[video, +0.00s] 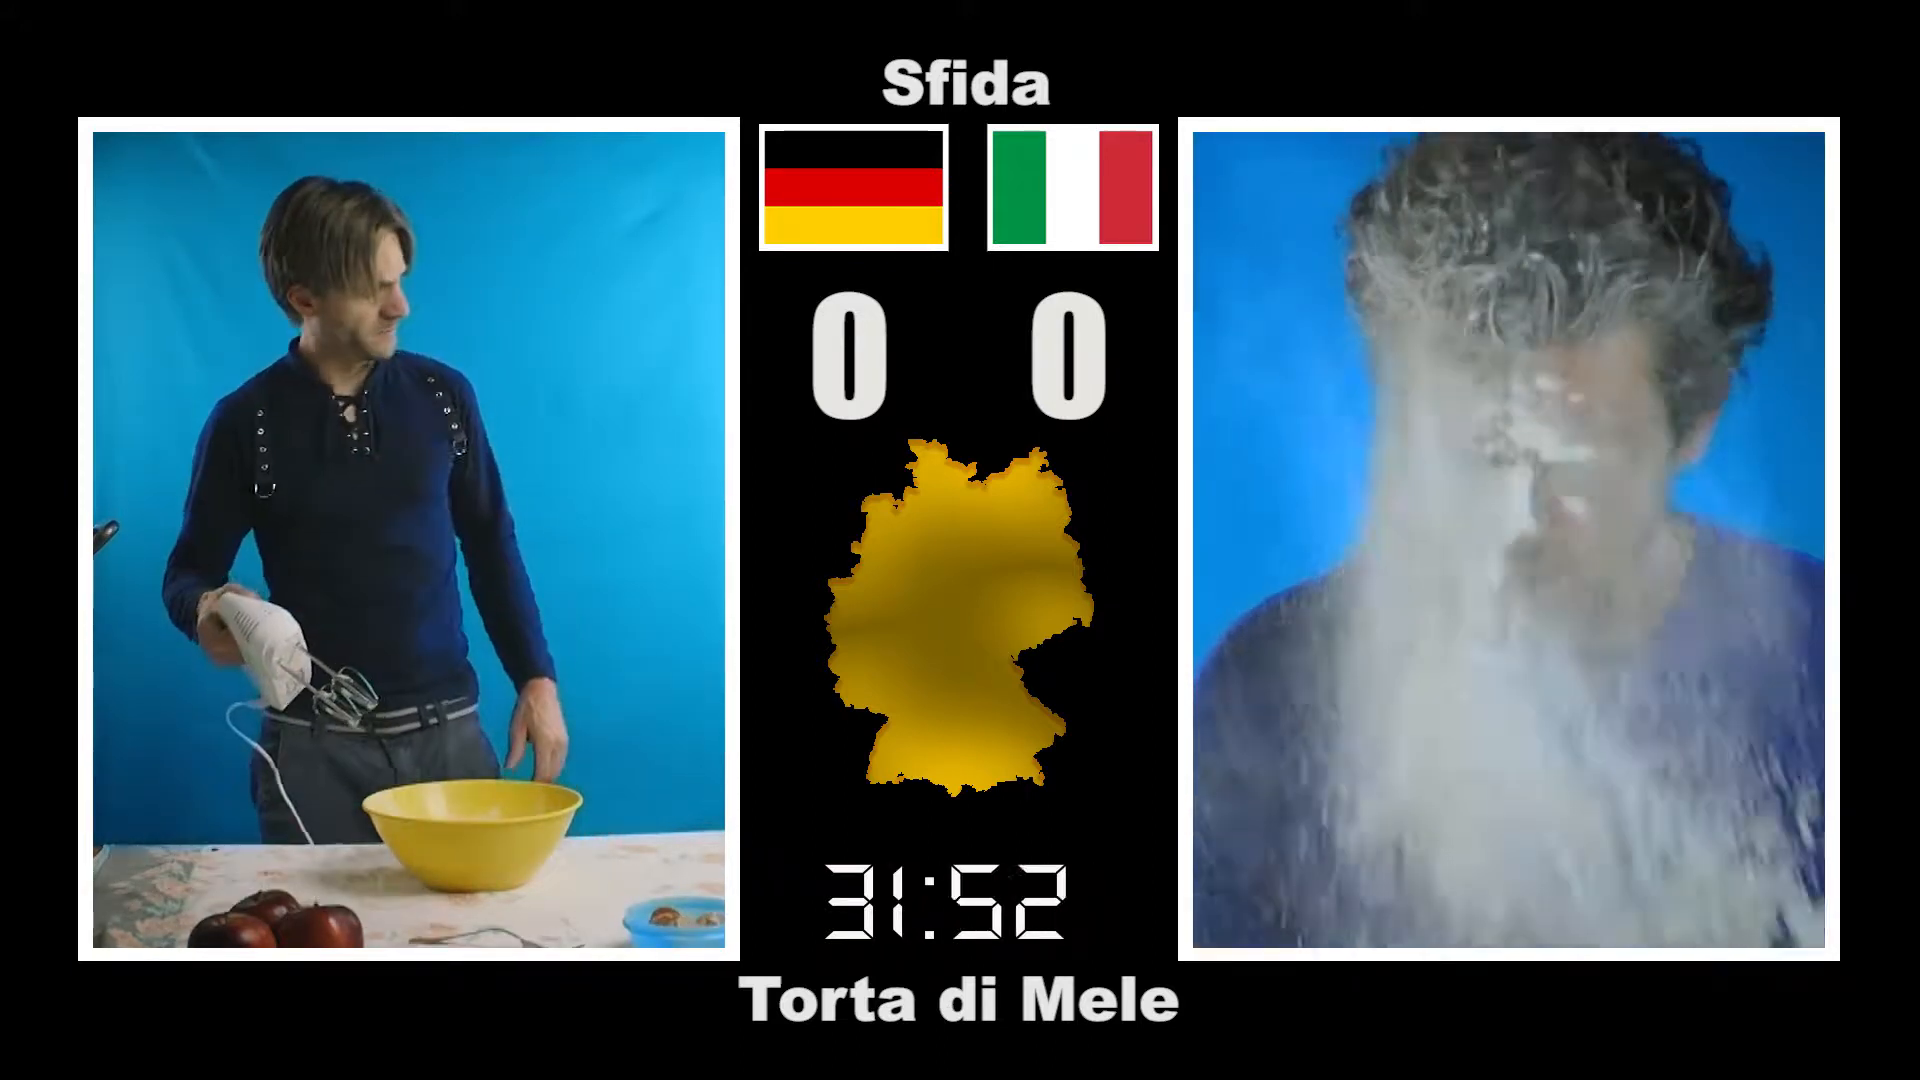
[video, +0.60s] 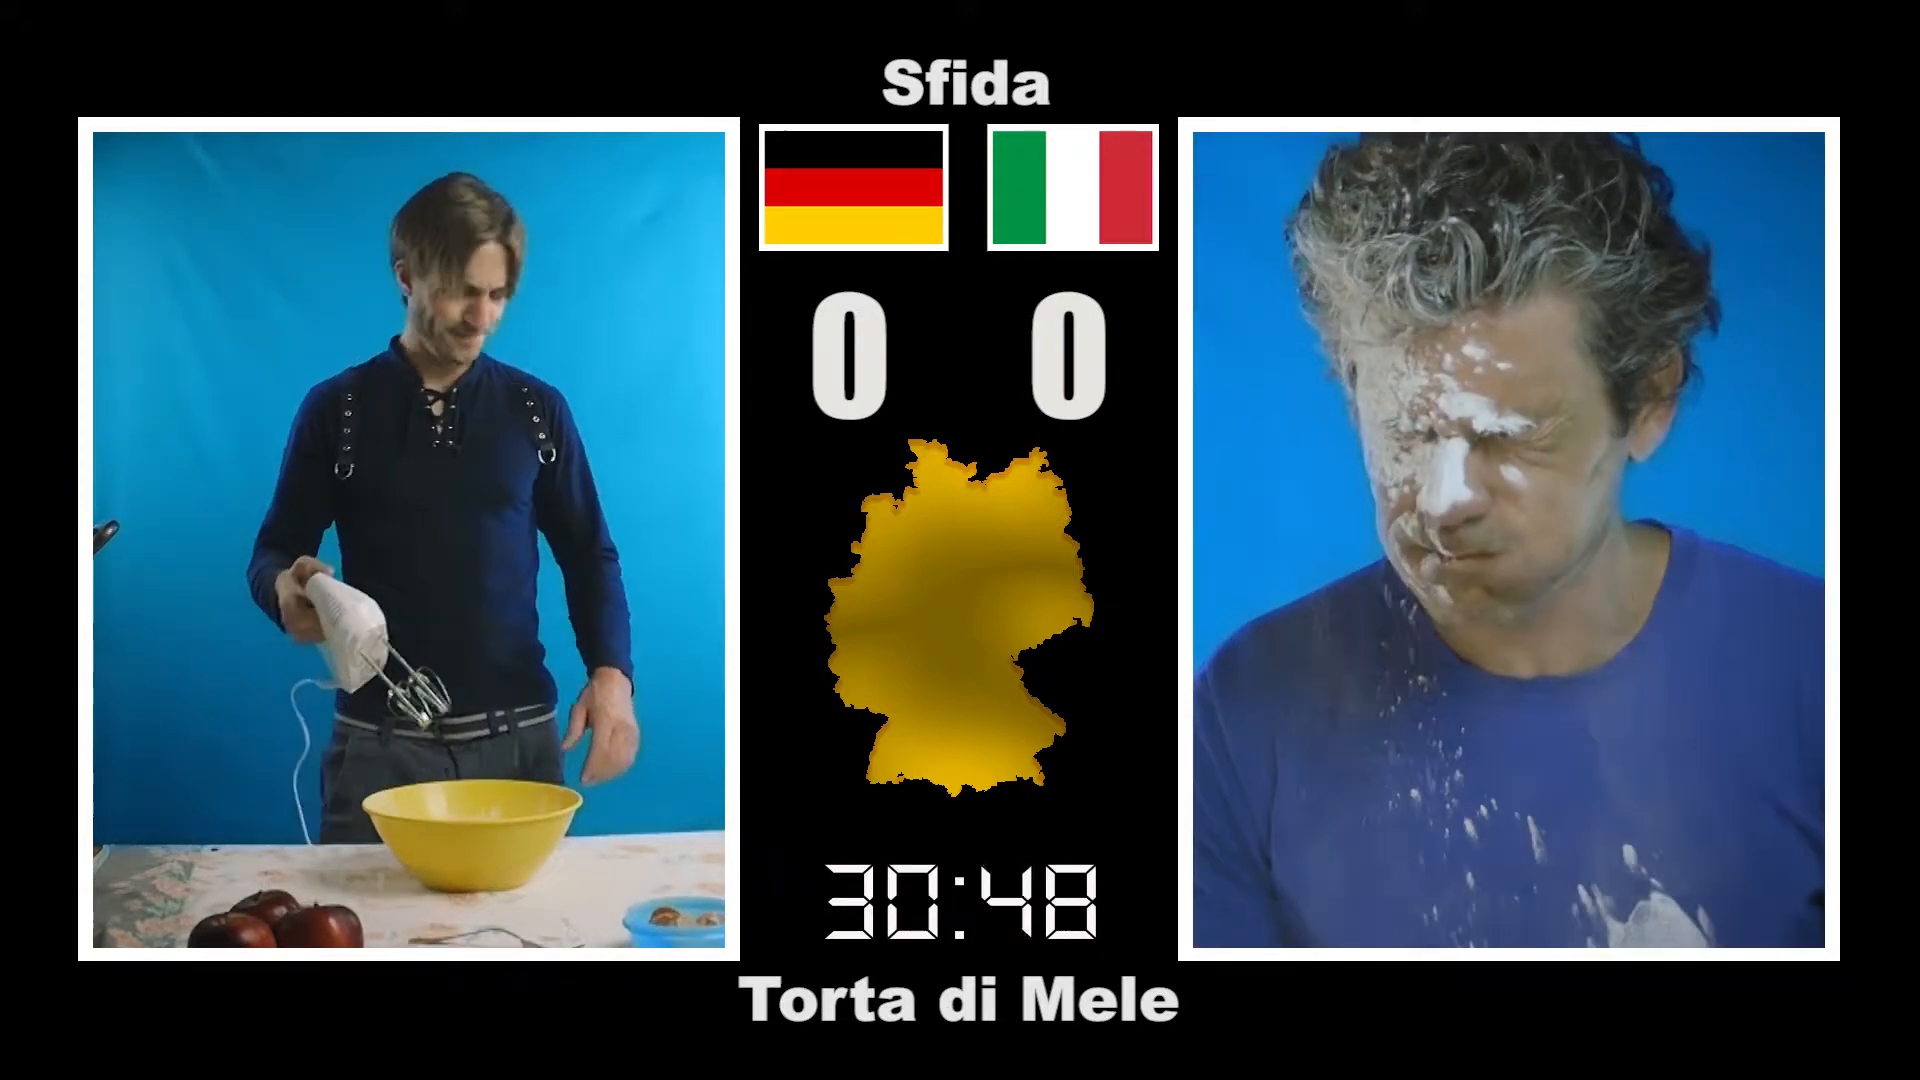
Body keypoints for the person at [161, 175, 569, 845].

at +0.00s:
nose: (399, 307)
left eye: (398, 284)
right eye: (375, 291)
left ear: (401, 273)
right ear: (304, 303)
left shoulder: (443, 397)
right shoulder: (247, 423)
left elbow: (491, 542)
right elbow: (191, 570)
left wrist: (536, 678)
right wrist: (205, 613)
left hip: (447, 740)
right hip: (317, 752)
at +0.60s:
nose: (481, 316)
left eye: (497, 296)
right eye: (462, 292)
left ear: (510, 291)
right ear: (407, 272)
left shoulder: (537, 412)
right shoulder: (337, 412)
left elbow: (588, 553)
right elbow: (276, 551)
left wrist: (611, 672)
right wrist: (286, 593)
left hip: (517, 749)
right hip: (381, 751)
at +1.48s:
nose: (458, 323)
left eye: (469, 300)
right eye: (440, 298)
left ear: (478, 294)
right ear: (370, 283)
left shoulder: (475, 406)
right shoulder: (283, 408)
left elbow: (509, 562)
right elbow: (205, 577)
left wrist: (559, 689)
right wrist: (284, 615)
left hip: (457, 741)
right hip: (327, 750)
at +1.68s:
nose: (370, 346)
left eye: (387, 324)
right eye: (352, 323)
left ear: (405, 308)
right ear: (309, 295)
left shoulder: (435, 416)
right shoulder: (241, 410)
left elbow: (488, 562)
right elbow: (204, 577)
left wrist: (483, 696)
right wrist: (293, 650)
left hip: (419, 730)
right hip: (285, 733)